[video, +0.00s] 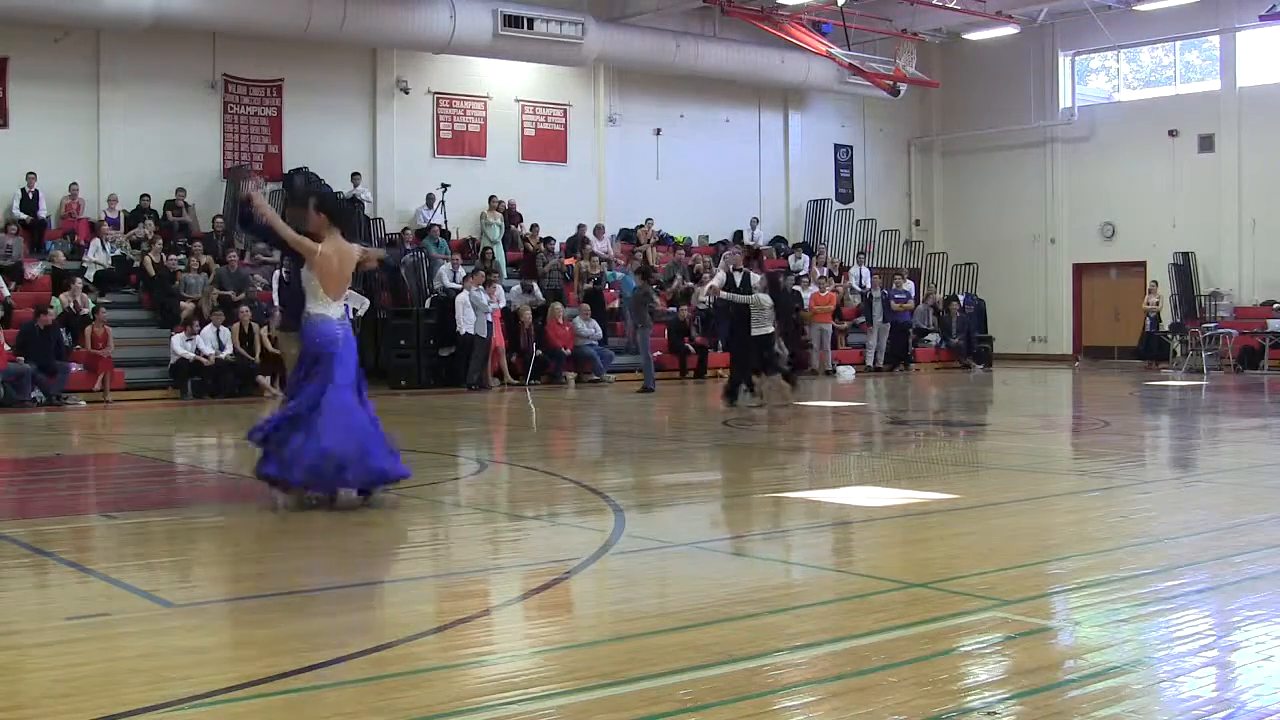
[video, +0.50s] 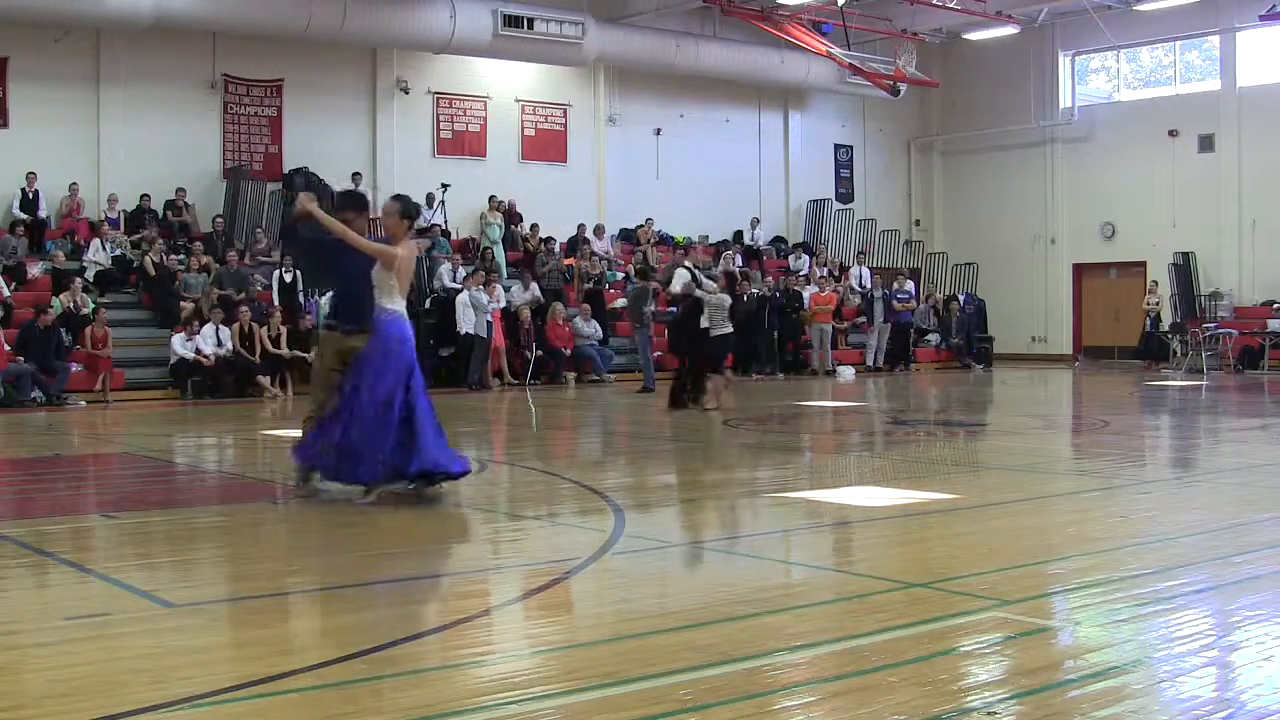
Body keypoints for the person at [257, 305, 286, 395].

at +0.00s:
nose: (279, 318)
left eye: (279, 315)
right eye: (276, 315)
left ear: (281, 317)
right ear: (271, 317)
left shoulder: (281, 330)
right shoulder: (264, 330)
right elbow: (269, 348)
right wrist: (279, 352)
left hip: (278, 355)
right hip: (267, 355)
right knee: (260, 377)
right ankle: (276, 392)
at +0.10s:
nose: (278, 320)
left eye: (279, 317)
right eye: (276, 317)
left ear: (281, 318)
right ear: (270, 319)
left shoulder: (283, 329)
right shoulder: (264, 331)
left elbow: (283, 345)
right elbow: (269, 348)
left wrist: (284, 354)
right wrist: (281, 352)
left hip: (279, 355)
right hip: (268, 356)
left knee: (287, 364)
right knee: (259, 377)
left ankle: (289, 390)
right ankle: (274, 391)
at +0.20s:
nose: (278, 320)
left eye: (279, 317)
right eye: (275, 317)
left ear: (281, 318)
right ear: (270, 319)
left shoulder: (283, 329)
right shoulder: (264, 331)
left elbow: (283, 345)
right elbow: (269, 348)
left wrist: (287, 352)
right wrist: (281, 352)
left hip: (279, 354)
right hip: (268, 356)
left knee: (288, 362)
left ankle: (289, 389)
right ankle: (275, 390)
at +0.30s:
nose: (279, 319)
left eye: (280, 317)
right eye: (277, 317)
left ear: (281, 318)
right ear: (270, 319)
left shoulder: (283, 329)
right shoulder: (263, 331)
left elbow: (283, 345)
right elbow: (269, 348)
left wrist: (287, 352)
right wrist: (282, 352)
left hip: (279, 353)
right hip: (268, 355)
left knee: (287, 360)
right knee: (278, 360)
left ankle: (289, 387)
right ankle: (276, 386)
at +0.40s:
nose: (279, 319)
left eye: (280, 317)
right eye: (277, 317)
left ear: (281, 318)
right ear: (270, 319)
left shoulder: (283, 329)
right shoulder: (263, 331)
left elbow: (284, 347)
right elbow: (269, 348)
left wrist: (293, 353)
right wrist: (283, 353)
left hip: (279, 353)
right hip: (268, 355)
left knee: (286, 360)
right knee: (279, 360)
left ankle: (289, 385)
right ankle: (276, 386)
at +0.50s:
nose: (280, 319)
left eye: (280, 317)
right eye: (277, 317)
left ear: (281, 318)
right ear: (270, 319)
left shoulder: (283, 329)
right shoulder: (263, 330)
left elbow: (283, 346)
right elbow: (269, 348)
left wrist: (287, 352)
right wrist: (281, 352)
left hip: (279, 353)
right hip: (268, 355)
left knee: (286, 361)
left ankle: (289, 386)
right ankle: (276, 386)